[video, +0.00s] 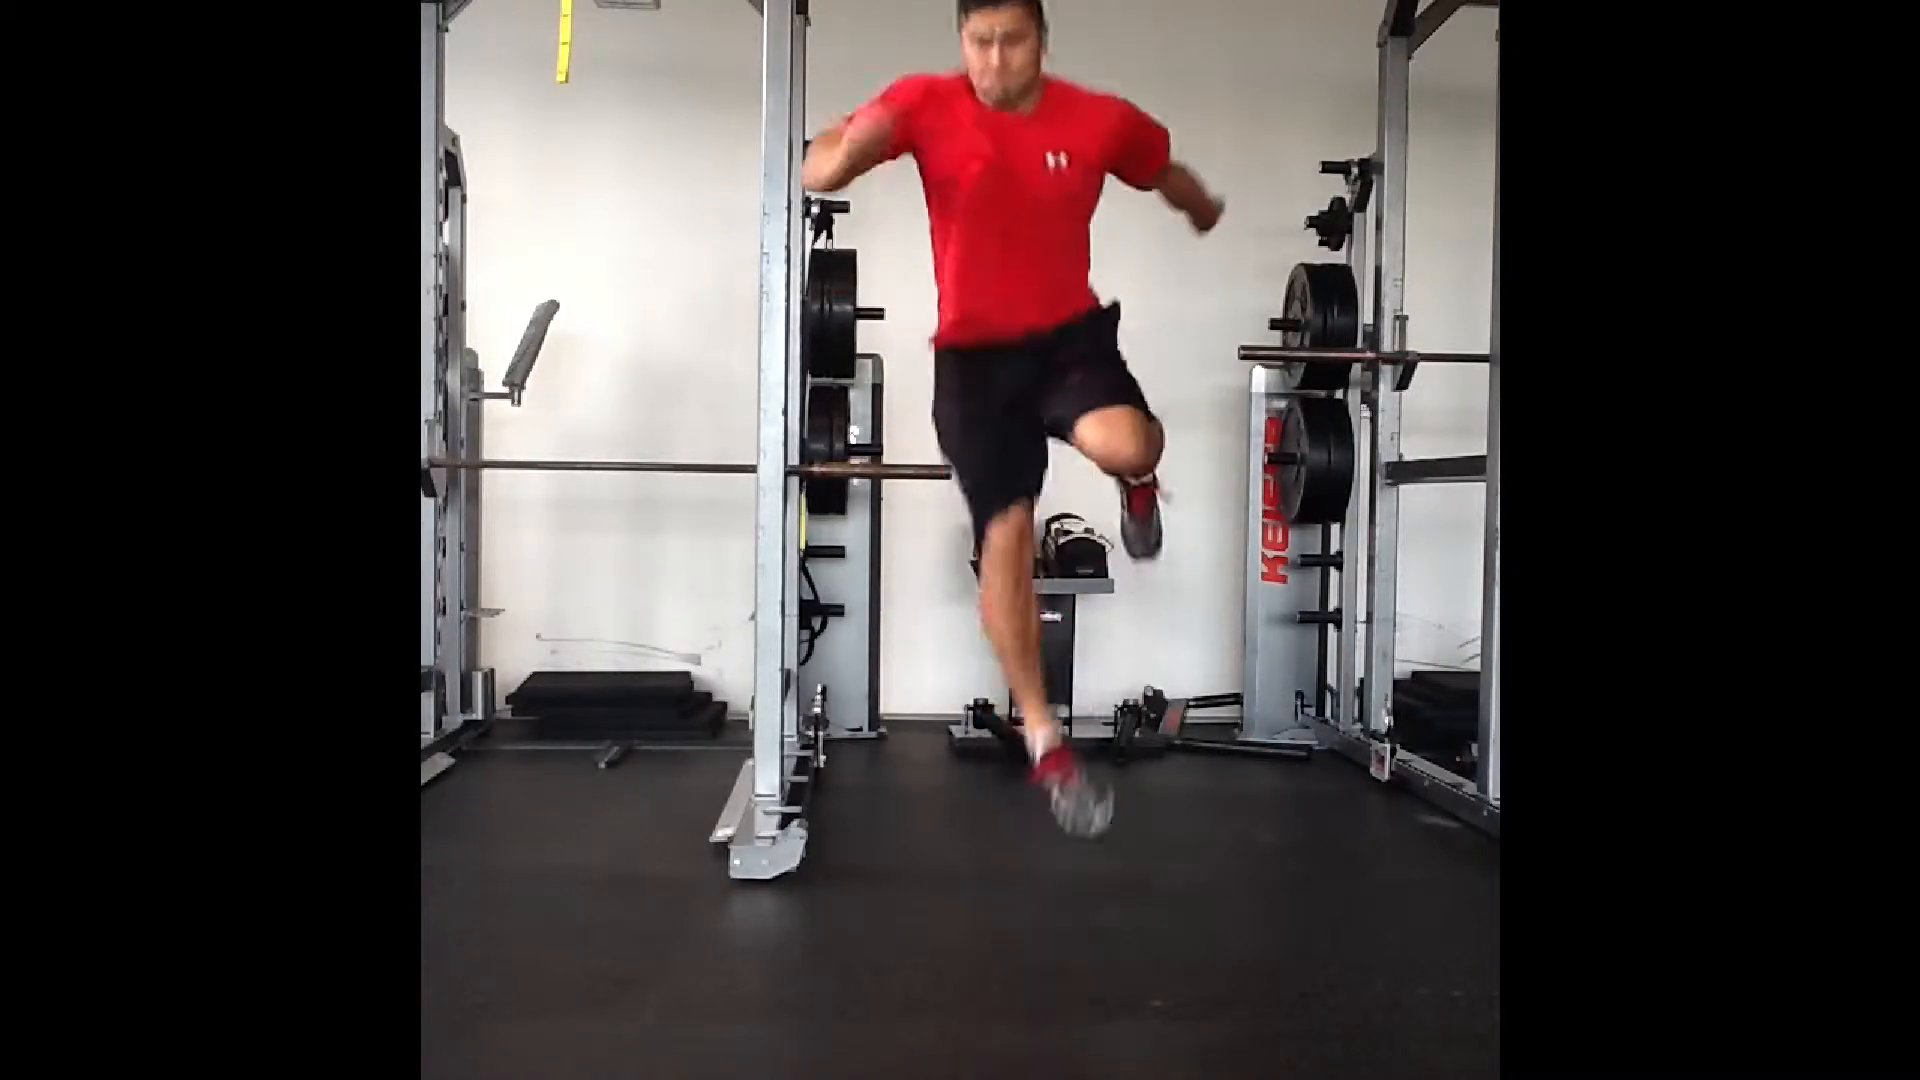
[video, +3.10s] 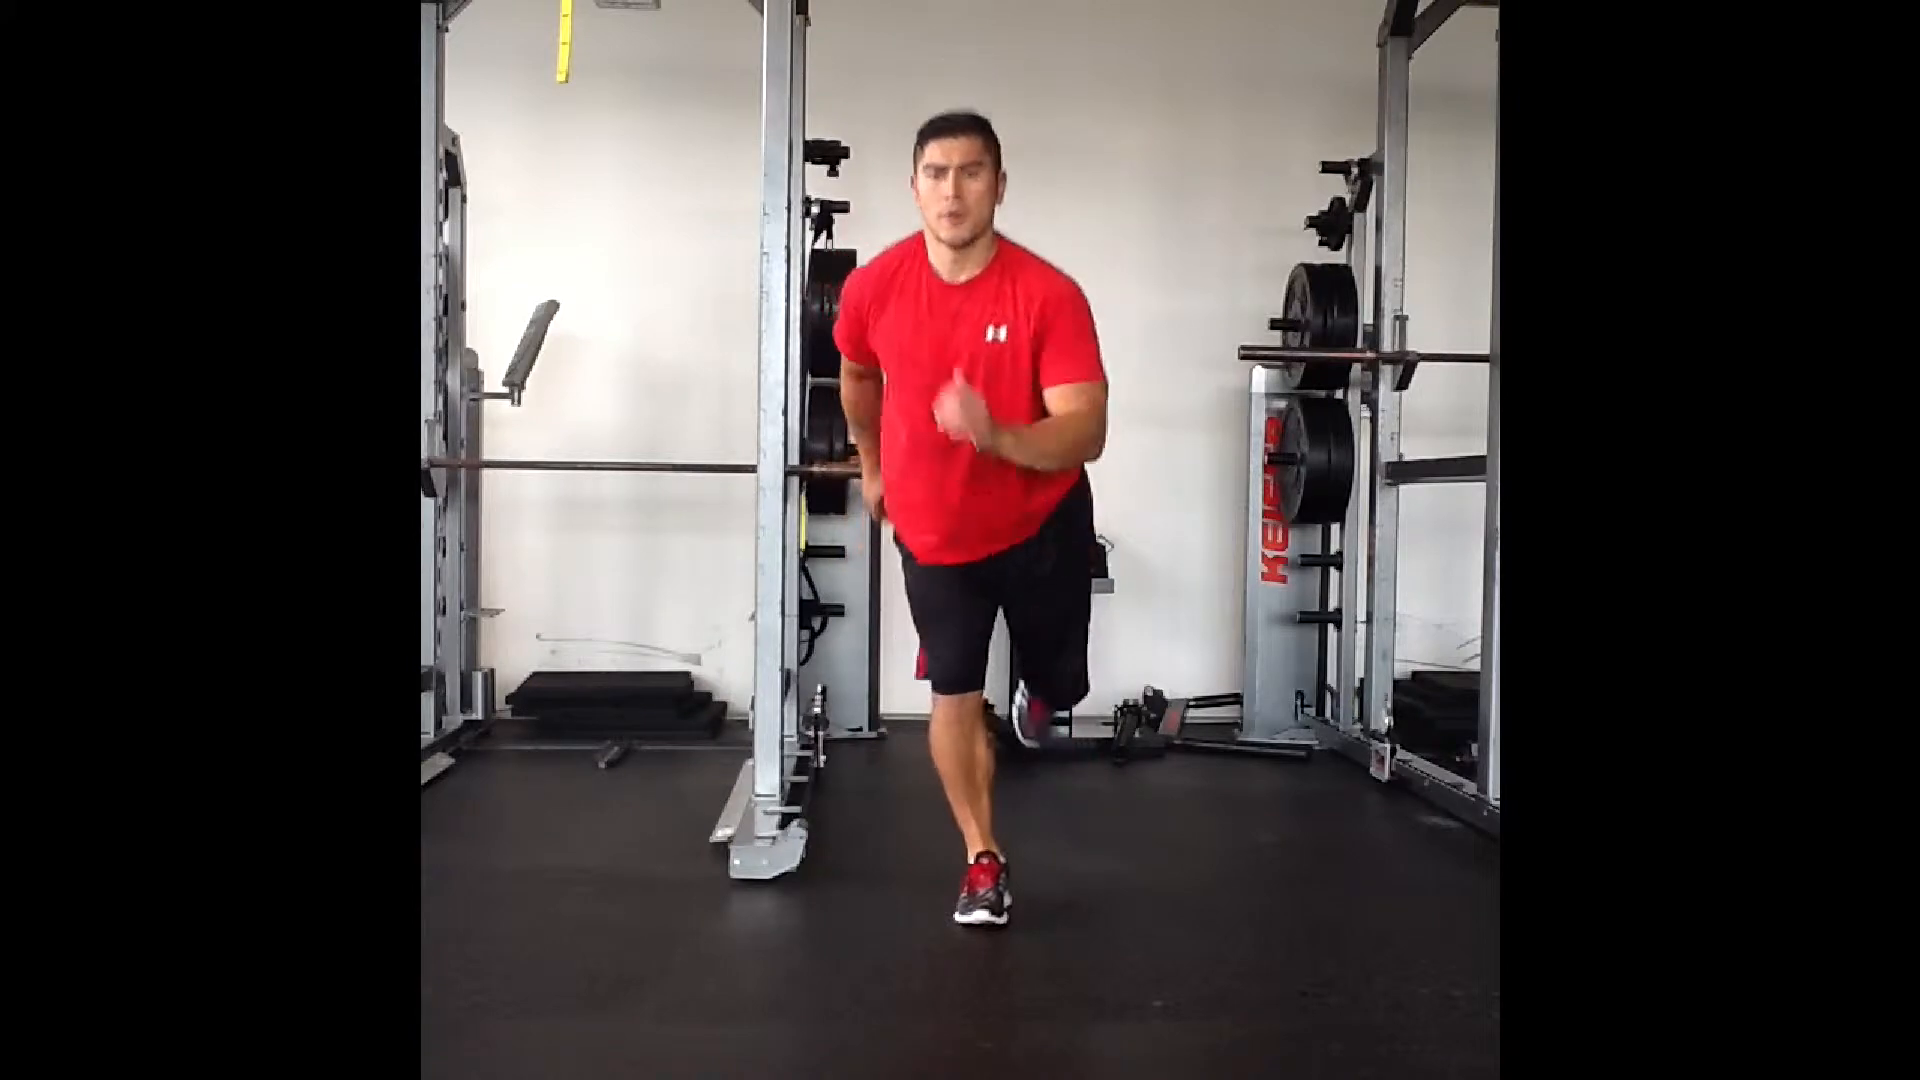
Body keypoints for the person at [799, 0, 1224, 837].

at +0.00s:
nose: (997, 59)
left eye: (1012, 41)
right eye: (982, 42)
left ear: (1041, 41)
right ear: (963, 42)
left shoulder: (1100, 121)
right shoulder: (923, 105)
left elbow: (1169, 178)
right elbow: (816, 176)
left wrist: (1203, 212)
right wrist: (850, 141)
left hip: (1071, 336)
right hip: (974, 353)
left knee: (1127, 447)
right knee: (1007, 533)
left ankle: (1137, 487)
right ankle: (1042, 740)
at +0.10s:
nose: (978, 21)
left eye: (997, 4)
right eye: (965, 3)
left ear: (1027, 10)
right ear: (947, 9)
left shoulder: (1083, 100)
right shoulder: (905, 97)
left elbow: (1130, 231)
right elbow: (834, 218)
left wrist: (1176, 328)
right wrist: (826, 314)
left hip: (1073, 283)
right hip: (973, 279)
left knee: (1124, 461)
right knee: (1011, 335)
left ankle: (1131, 497)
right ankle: (1024, 524)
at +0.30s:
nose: (967, 31)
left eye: (984, 12)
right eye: (951, 13)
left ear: (1013, 15)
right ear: (930, 17)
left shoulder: (1067, 107)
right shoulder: (895, 119)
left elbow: (1145, 225)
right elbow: (848, 256)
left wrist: (1119, 337)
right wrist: (887, 370)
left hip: (1064, 323)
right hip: (963, 324)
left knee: (1116, 526)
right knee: (990, 502)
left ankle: (1100, 622)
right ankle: (1014, 673)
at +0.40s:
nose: (965, 113)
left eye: (981, 96)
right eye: (950, 97)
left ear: (1008, 102)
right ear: (926, 105)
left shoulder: (1057, 185)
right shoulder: (885, 203)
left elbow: (1144, 266)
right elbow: (826, 318)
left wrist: (1122, 381)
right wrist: (873, 425)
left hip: (1065, 421)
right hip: (963, 438)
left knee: (1117, 614)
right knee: (980, 641)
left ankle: (1075, 642)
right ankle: (984, 848)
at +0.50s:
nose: (963, 213)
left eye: (978, 197)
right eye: (947, 198)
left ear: (1005, 207)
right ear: (926, 209)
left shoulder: (1057, 308)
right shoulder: (883, 310)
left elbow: (1108, 421)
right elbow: (844, 429)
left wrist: (1066, 506)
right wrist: (871, 549)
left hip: (1056, 510)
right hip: (956, 521)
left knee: (1098, 690)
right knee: (971, 693)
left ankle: (1077, 725)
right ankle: (985, 863)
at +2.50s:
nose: (958, 121)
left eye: (975, 105)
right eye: (942, 105)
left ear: (1002, 118)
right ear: (920, 120)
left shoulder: (1056, 230)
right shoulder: (876, 238)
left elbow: (1097, 358)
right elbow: (853, 373)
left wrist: (1111, 482)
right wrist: (858, 494)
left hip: (1047, 488)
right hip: (936, 498)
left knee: (1072, 672)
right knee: (960, 683)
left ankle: (1081, 762)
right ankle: (983, 858)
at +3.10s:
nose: (952, 189)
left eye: (970, 173)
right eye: (936, 173)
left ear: (999, 188)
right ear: (914, 188)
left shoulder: (1050, 297)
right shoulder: (872, 290)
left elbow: (1086, 433)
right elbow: (858, 375)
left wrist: (999, 436)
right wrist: (871, 463)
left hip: (1042, 525)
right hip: (936, 536)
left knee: (1055, 671)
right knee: (956, 686)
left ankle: (1040, 698)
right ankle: (982, 859)